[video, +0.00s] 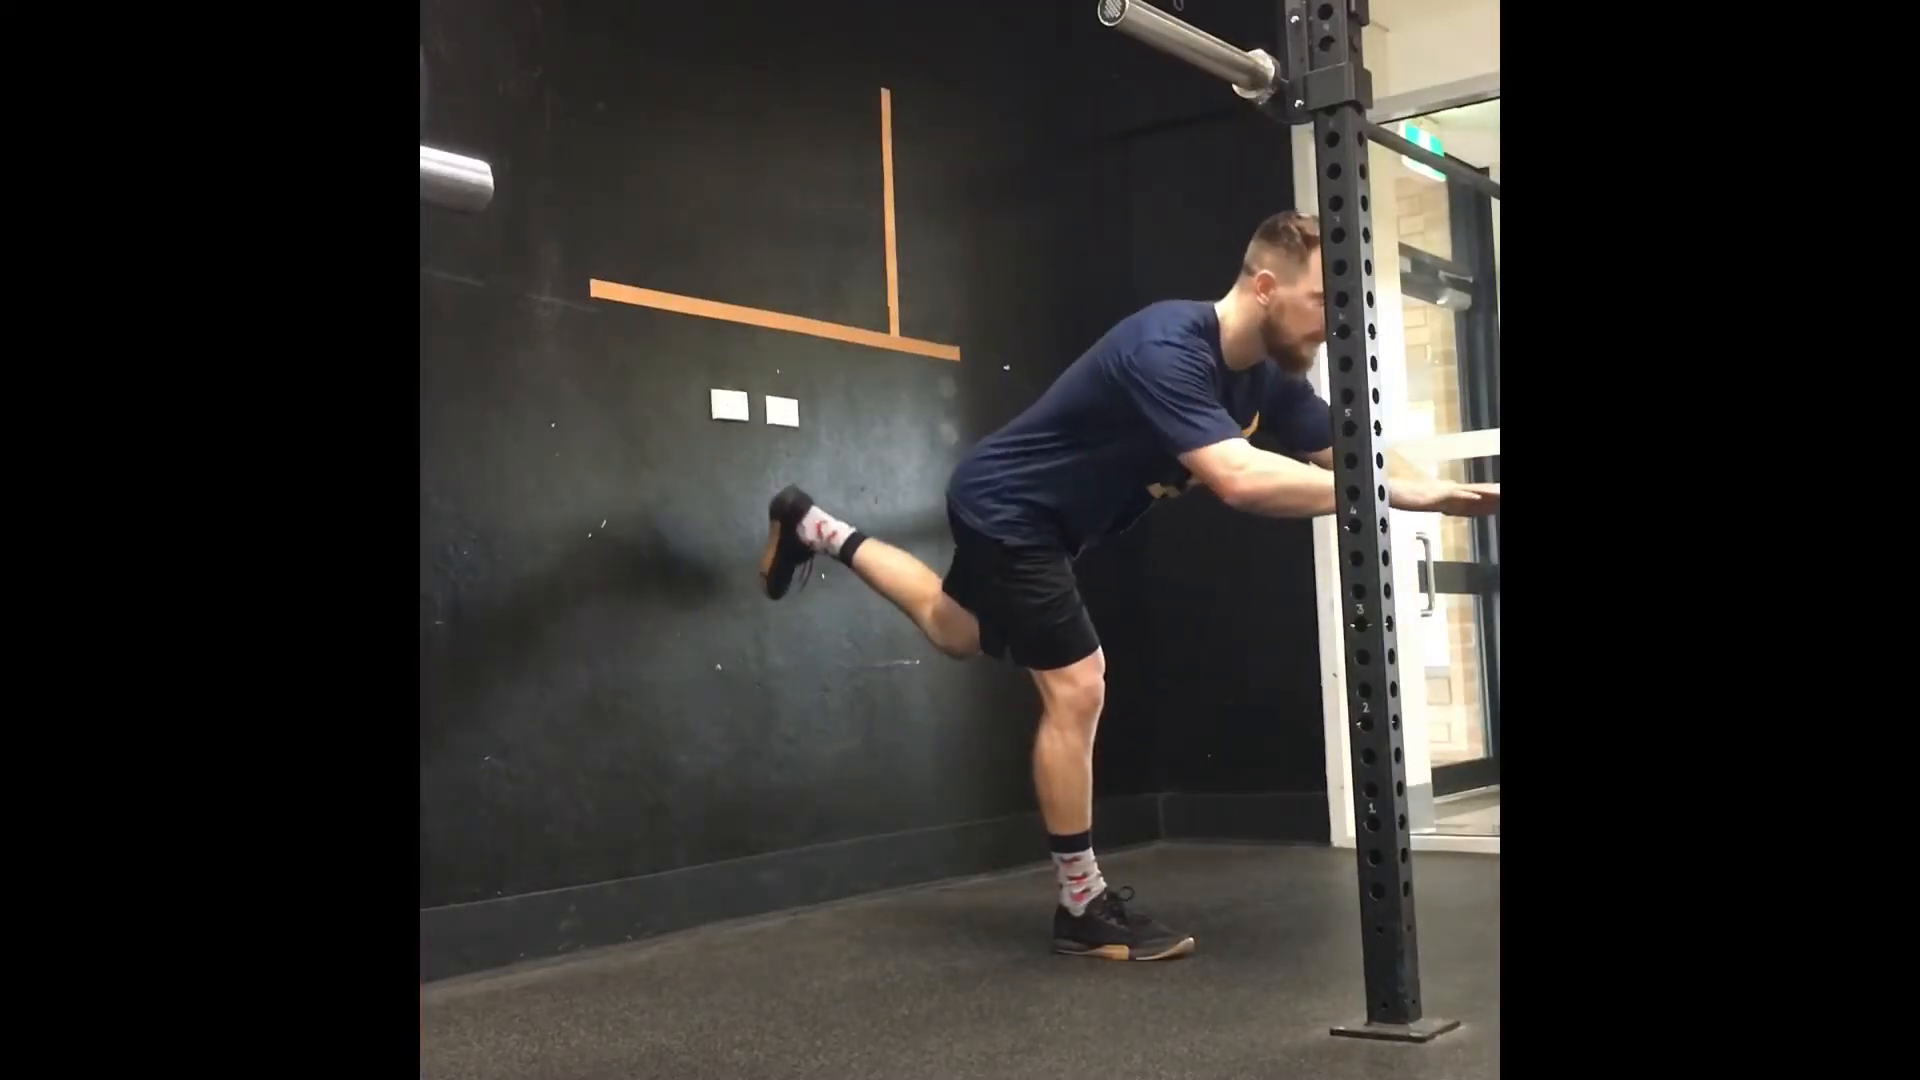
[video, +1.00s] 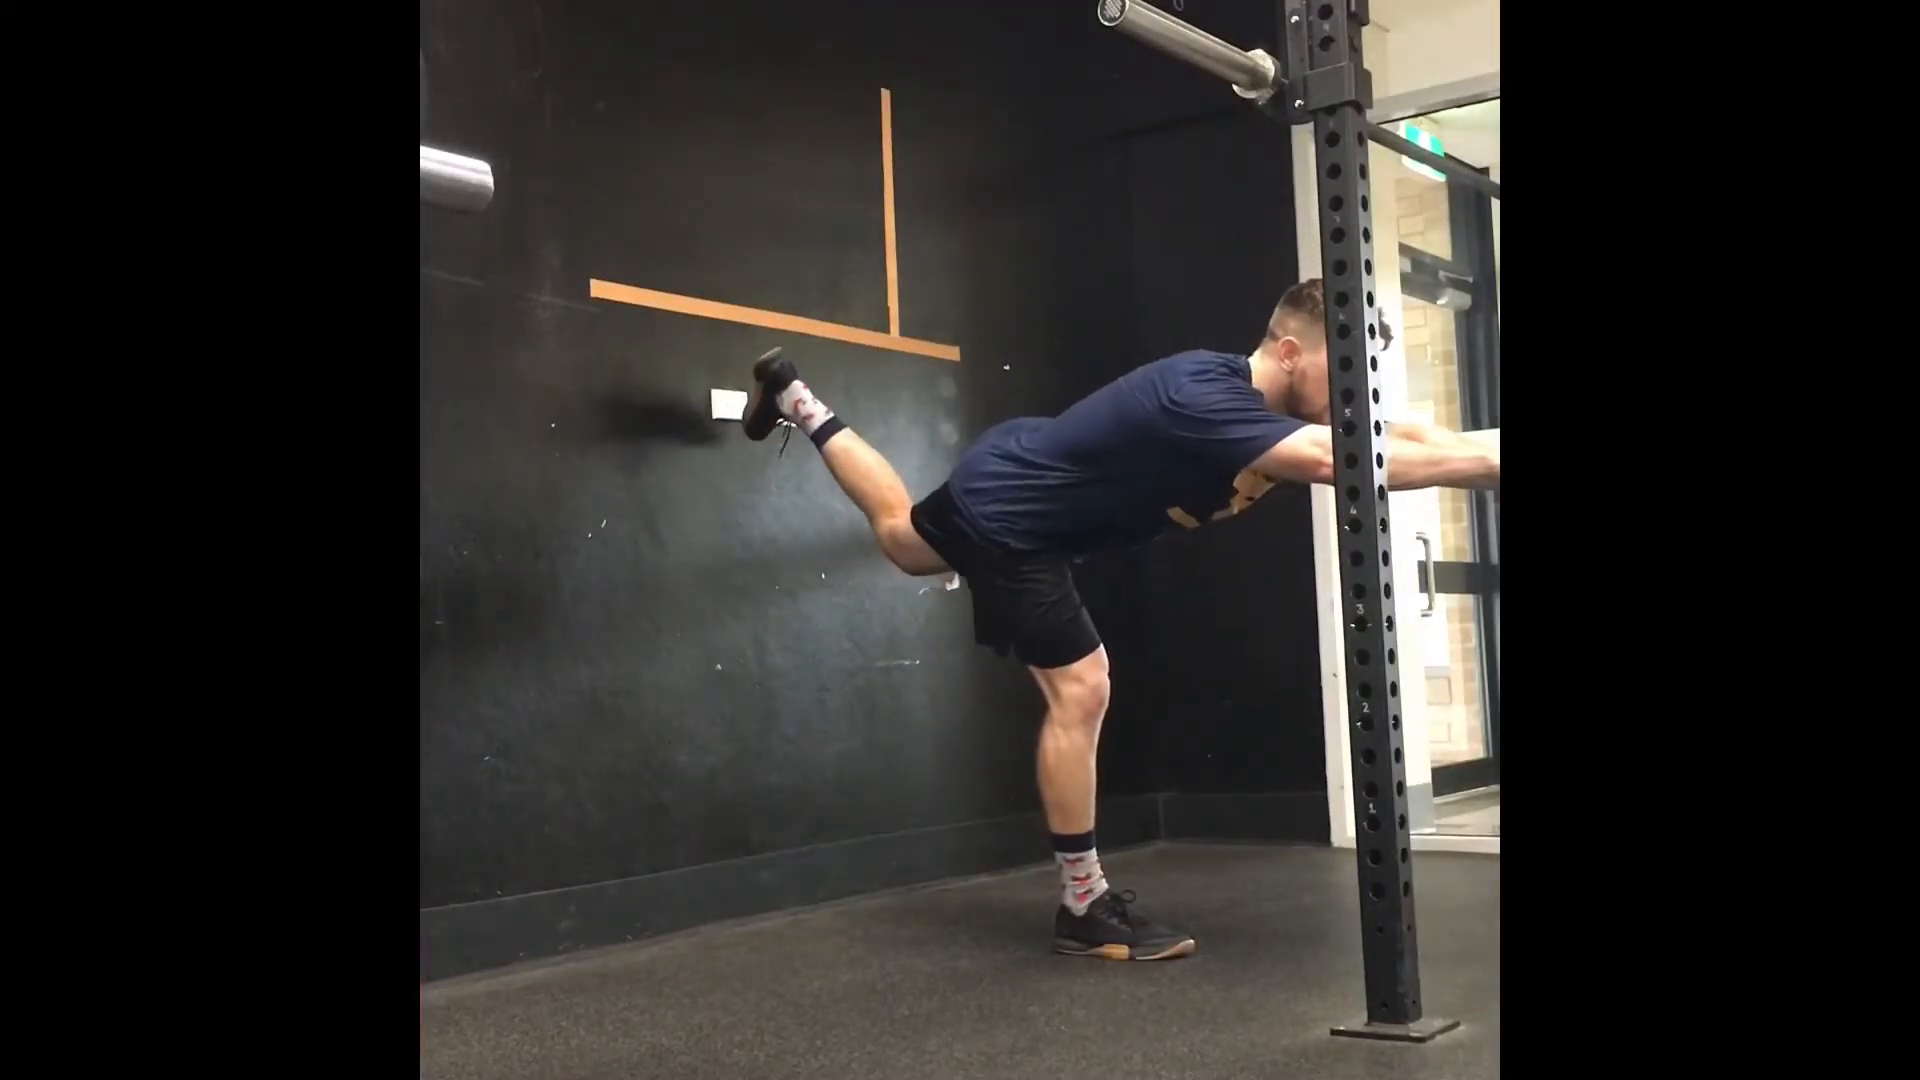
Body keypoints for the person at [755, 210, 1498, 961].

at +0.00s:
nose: (1331, 320)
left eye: (1334, 303)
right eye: (1324, 300)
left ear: (1280, 290)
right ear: (1270, 284)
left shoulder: (1262, 373)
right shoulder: (1166, 346)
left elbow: (1352, 457)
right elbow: (1236, 479)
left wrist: (1459, 494)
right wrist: (1375, 490)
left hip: (1043, 520)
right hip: (1000, 508)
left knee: (954, 627)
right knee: (1075, 686)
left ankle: (814, 528)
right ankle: (1084, 911)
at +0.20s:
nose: (1336, 342)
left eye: (1340, 326)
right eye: (1328, 322)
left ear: (1287, 310)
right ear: (1274, 306)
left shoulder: (1280, 390)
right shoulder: (1174, 365)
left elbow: (1368, 459)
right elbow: (1260, 488)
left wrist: (1466, 500)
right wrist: (1404, 507)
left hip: (1047, 518)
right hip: (1000, 508)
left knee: (947, 610)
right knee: (1078, 688)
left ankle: (816, 493)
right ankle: (1085, 909)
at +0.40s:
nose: (1342, 371)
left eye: (1347, 352)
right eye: (1336, 349)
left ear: (1296, 329)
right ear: (1285, 323)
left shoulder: (1258, 395)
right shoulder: (1187, 379)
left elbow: (1370, 451)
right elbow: (1294, 483)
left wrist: (1456, 482)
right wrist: (1433, 493)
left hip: (1029, 499)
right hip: (1005, 515)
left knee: (935, 585)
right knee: (1080, 689)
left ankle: (818, 460)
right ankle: (1083, 908)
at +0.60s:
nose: (1346, 385)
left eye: (1352, 369)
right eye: (1341, 365)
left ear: (1299, 346)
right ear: (1291, 339)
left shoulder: (1249, 389)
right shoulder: (1201, 393)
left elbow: (1381, 437)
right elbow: (1326, 472)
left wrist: (1470, 461)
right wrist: (1471, 482)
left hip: (1023, 483)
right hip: (1008, 516)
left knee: (920, 557)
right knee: (1082, 692)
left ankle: (811, 420)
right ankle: (1084, 905)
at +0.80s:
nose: (1346, 390)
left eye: (1351, 375)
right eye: (1341, 371)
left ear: (1300, 356)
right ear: (1293, 352)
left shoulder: (1249, 394)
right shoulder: (1216, 405)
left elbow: (1375, 427)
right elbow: (1351, 468)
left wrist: (1466, 452)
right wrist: (1482, 469)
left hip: (1018, 482)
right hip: (1005, 516)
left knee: (910, 540)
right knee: (1081, 691)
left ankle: (809, 399)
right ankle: (1084, 902)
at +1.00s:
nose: (1342, 390)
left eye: (1348, 375)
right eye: (1339, 372)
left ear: (1299, 357)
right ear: (1292, 353)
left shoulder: (1246, 394)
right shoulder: (1212, 402)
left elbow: (1379, 427)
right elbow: (1346, 462)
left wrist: (1473, 449)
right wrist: (1481, 463)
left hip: (1015, 483)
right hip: (1002, 517)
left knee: (905, 543)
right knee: (1079, 690)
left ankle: (798, 405)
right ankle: (1081, 901)